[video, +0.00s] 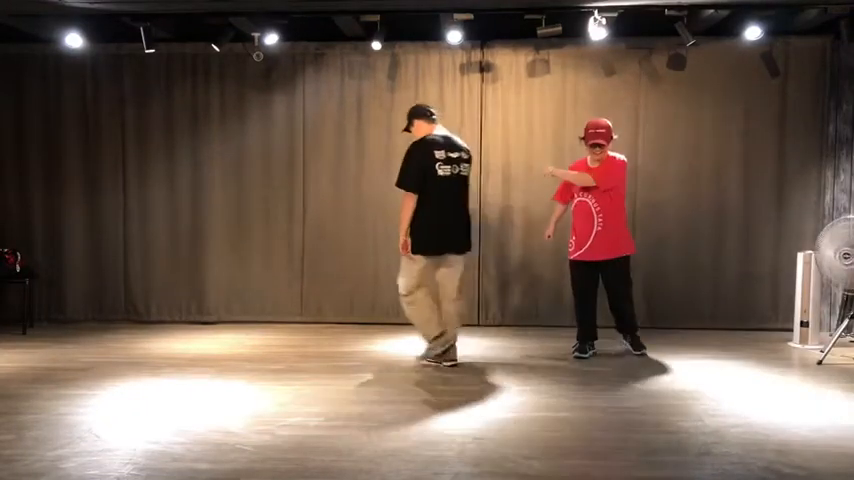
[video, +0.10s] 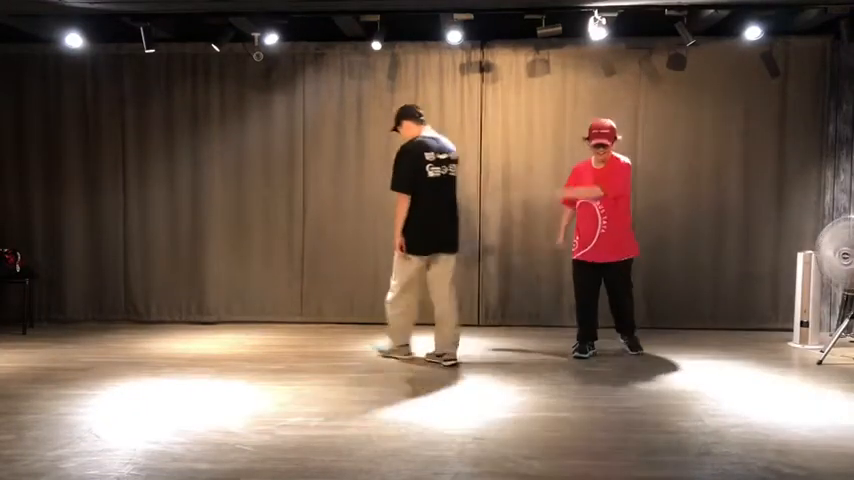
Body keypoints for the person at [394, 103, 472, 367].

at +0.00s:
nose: (412, 135)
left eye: (411, 130)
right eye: (411, 131)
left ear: (417, 123)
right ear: (435, 120)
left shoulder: (421, 147)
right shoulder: (462, 148)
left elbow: (411, 194)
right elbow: (460, 193)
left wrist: (403, 231)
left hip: (425, 233)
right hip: (457, 233)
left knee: (411, 287)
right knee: (450, 293)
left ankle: (437, 339)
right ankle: (448, 351)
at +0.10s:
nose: (400, 136)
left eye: (399, 131)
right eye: (399, 131)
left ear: (406, 125)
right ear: (423, 121)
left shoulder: (410, 149)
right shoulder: (448, 148)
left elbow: (404, 197)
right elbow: (445, 193)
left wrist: (398, 233)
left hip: (416, 235)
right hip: (446, 235)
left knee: (401, 292)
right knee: (444, 295)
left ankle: (399, 344)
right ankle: (446, 350)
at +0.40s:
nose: (360, 136)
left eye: (359, 131)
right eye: (358, 132)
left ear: (367, 127)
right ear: (381, 124)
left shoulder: (371, 154)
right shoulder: (405, 147)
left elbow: (365, 199)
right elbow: (408, 189)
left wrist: (360, 233)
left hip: (379, 231)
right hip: (407, 229)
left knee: (376, 287)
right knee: (408, 280)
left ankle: (377, 340)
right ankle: (429, 324)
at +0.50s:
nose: (349, 136)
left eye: (349, 131)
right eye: (348, 131)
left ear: (356, 126)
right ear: (369, 123)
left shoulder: (360, 152)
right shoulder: (395, 147)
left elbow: (349, 196)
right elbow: (394, 190)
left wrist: (340, 228)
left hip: (367, 229)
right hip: (393, 226)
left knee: (368, 285)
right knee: (385, 276)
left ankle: (377, 339)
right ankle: (405, 316)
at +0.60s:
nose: (339, 135)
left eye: (339, 130)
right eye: (337, 130)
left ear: (347, 125)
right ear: (357, 123)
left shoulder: (350, 151)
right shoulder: (385, 150)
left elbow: (335, 191)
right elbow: (388, 192)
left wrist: (321, 220)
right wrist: (390, 222)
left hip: (356, 230)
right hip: (378, 227)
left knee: (360, 287)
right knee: (369, 283)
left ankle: (375, 339)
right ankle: (377, 337)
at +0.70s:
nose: (328, 136)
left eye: (328, 131)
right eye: (327, 132)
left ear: (336, 127)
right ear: (346, 125)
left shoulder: (339, 153)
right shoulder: (372, 152)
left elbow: (324, 192)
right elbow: (380, 192)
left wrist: (308, 213)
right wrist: (386, 222)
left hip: (346, 232)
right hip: (367, 229)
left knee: (357, 284)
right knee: (345, 280)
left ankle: (375, 337)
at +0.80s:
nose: (316, 139)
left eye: (316, 134)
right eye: (314, 135)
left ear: (326, 129)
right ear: (334, 128)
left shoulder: (329, 155)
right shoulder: (359, 155)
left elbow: (313, 195)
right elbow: (367, 196)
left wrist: (296, 216)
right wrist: (374, 225)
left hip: (336, 234)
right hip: (355, 231)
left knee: (344, 286)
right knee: (333, 281)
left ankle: (374, 336)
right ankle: (323, 328)